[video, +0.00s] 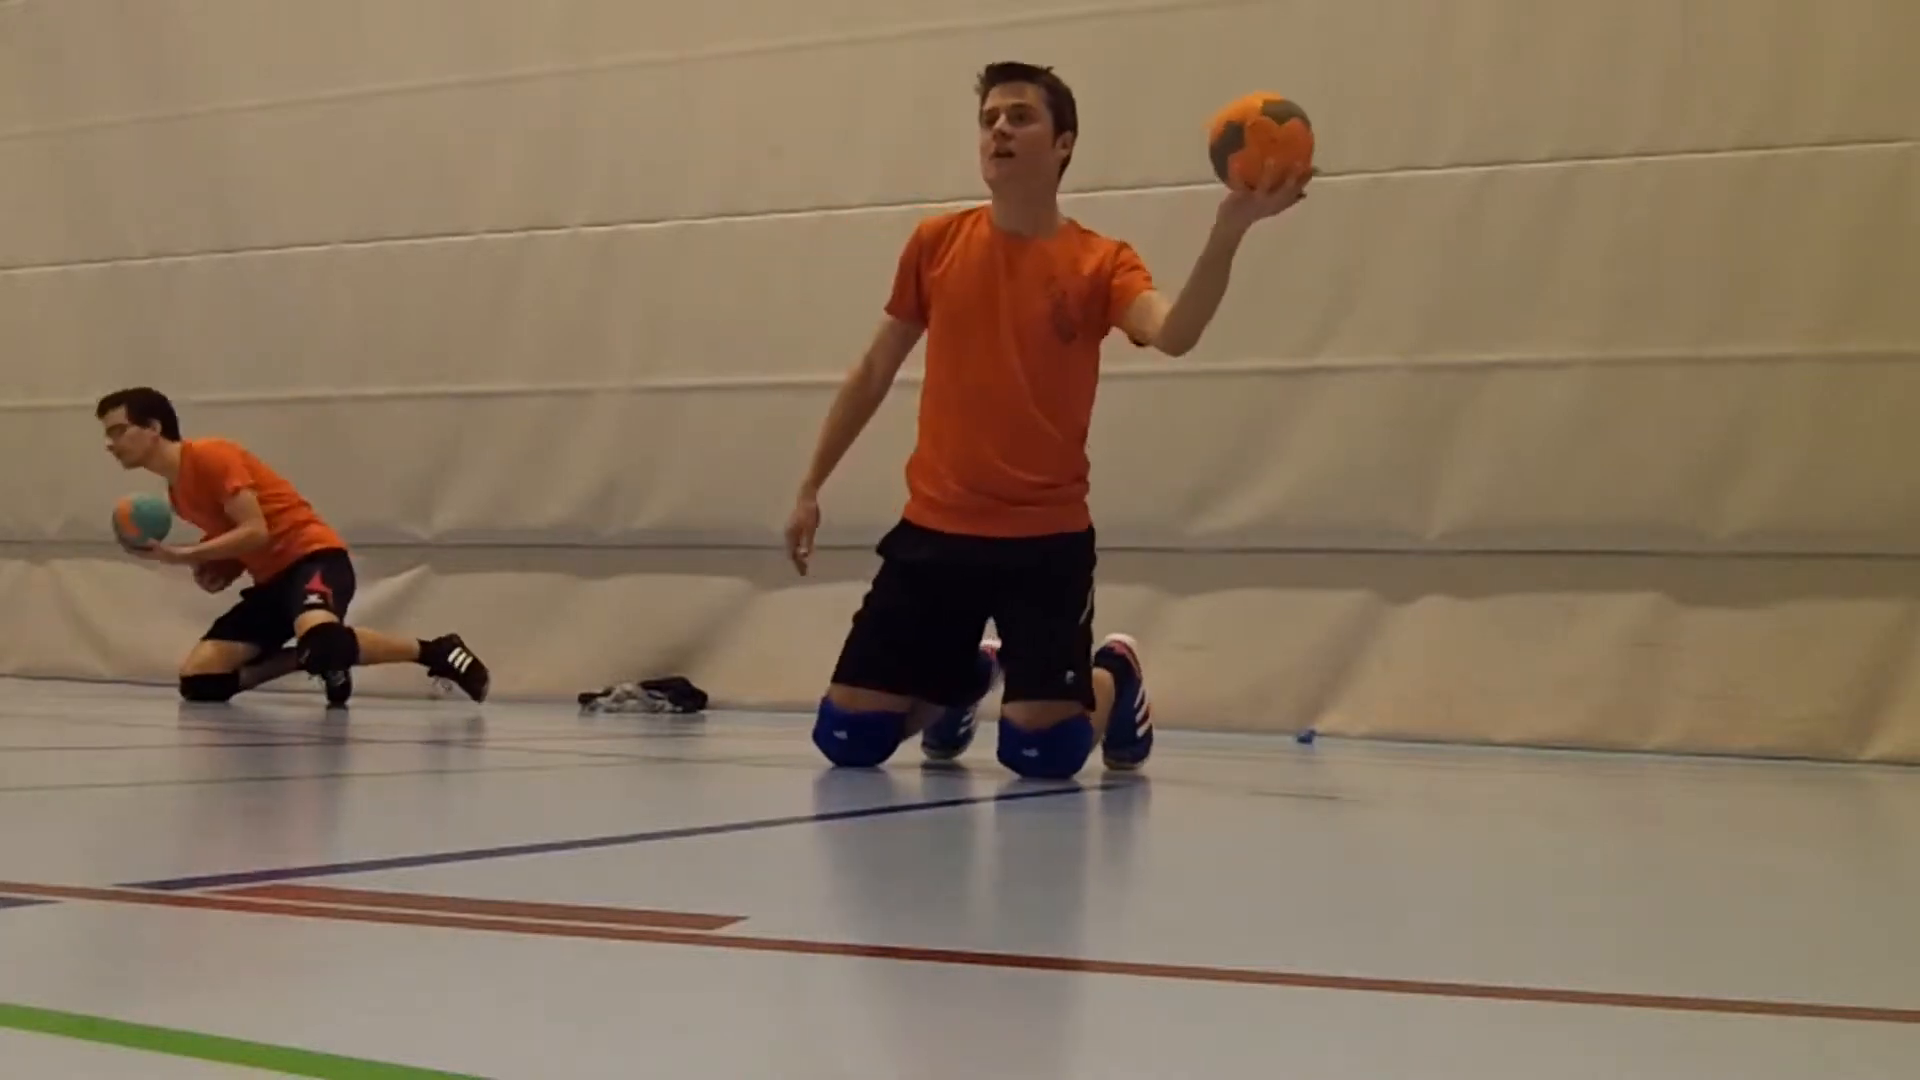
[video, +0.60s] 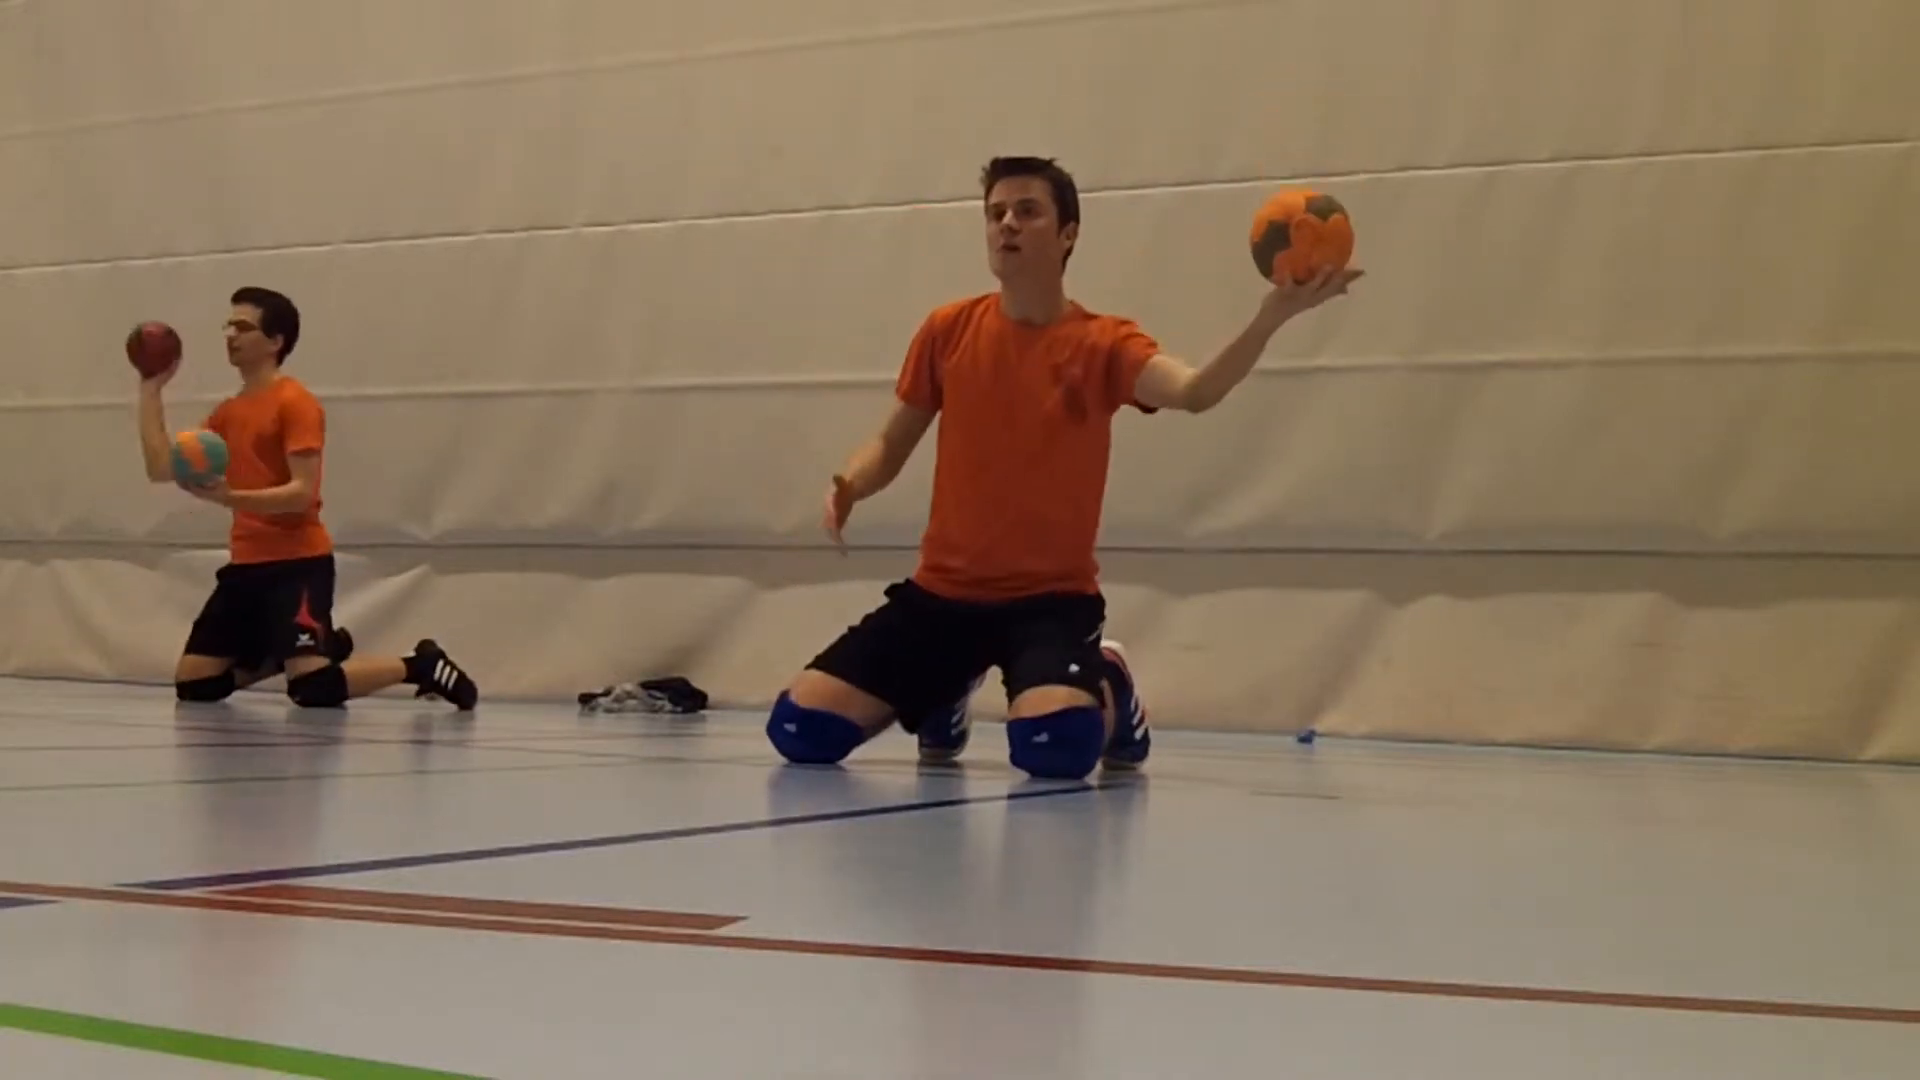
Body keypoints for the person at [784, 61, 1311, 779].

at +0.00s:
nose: (998, 130)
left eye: (1020, 116)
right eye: (988, 120)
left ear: (1063, 144)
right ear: (977, 144)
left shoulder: (1098, 262)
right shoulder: (937, 243)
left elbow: (1174, 332)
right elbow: (873, 372)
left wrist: (1230, 226)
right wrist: (809, 487)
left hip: (1046, 539)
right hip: (934, 530)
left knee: (1039, 755)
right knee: (847, 738)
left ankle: (1116, 679)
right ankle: (968, 679)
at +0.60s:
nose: (1005, 224)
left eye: (1026, 211)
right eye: (995, 213)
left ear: (1067, 234)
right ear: (984, 233)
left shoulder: (1101, 342)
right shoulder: (948, 333)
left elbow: (1195, 390)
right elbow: (891, 444)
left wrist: (1276, 308)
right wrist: (850, 483)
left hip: (1050, 603)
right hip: (940, 597)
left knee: (1049, 753)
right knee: (798, 735)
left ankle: (1108, 686)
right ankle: (940, 683)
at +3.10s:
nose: (1005, 228)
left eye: (1025, 216)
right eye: (994, 217)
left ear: (1063, 240)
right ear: (980, 238)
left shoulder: (1097, 354)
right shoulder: (939, 335)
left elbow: (1160, 451)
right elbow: (870, 452)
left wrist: (1215, 384)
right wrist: (825, 437)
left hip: (1041, 600)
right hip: (934, 592)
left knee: (1028, 751)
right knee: (789, 734)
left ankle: (1107, 688)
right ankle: (927, 681)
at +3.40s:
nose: (952, 234)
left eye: (970, 219)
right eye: (944, 223)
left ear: (1018, 238)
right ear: (937, 242)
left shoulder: (1078, 343)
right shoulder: (929, 342)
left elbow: (1145, 456)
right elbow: (943, 457)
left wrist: (1182, 399)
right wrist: (879, 428)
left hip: (1058, 600)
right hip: (953, 596)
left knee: (1048, 751)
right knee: (811, 735)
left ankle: (1113, 683)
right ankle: (931, 691)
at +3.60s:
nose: (953, 244)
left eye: (971, 229)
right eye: (944, 234)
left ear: (1016, 247)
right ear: (935, 254)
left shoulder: (1063, 354)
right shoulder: (928, 345)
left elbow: (1095, 474)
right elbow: (932, 452)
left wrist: (1122, 393)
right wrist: (873, 435)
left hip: (1028, 604)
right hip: (926, 602)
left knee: (1045, 750)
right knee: (792, 736)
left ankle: (1096, 685)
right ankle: (924, 686)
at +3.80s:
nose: (958, 253)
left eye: (976, 236)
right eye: (948, 242)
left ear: (1019, 253)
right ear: (940, 258)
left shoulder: (1043, 349)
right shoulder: (954, 353)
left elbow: (1068, 464)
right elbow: (952, 460)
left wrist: (1081, 354)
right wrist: (888, 411)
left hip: (1015, 609)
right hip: (916, 607)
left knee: (1050, 754)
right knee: (779, 733)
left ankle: (1093, 682)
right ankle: (923, 684)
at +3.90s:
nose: (960, 252)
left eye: (978, 235)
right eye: (950, 241)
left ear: (1023, 251)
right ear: (943, 258)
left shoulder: (1055, 343)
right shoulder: (961, 354)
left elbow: (1068, 449)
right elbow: (969, 466)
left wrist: (1071, 339)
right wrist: (907, 446)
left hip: (1018, 609)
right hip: (919, 606)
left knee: (1050, 754)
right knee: (778, 733)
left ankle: (1090, 684)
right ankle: (925, 683)